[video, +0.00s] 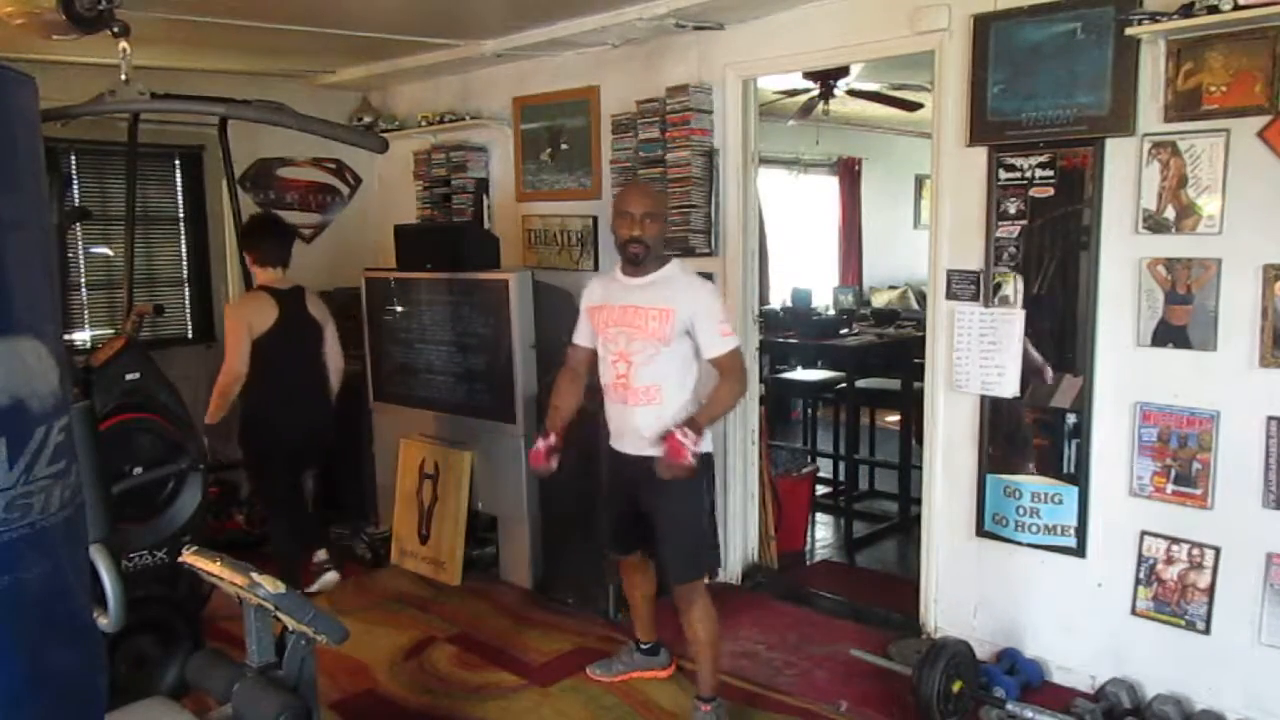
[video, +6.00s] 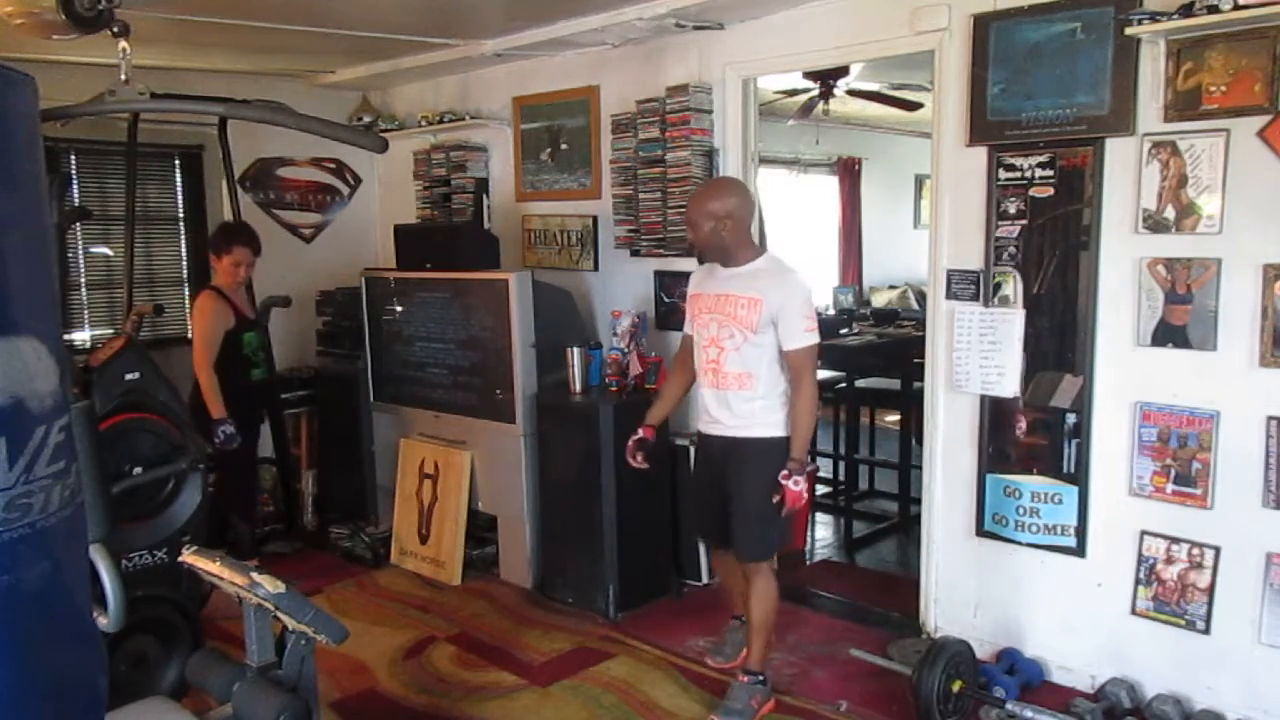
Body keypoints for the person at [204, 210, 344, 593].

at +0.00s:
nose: (246, 260)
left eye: (247, 254)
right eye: (249, 254)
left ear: (250, 257)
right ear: (287, 256)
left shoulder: (243, 308)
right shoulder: (314, 303)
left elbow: (235, 371)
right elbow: (335, 365)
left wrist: (210, 420)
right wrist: (324, 402)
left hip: (266, 418)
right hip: (312, 414)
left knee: (275, 496)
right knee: (294, 487)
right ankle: (319, 557)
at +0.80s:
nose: (241, 261)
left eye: (238, 254)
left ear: (236, 258)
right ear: (274, 257)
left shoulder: (219, 311)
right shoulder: (297, 308)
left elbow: (210, 372)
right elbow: (315, 366)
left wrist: (220, 405)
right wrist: (301, 399)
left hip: (240, 418)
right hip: (287, 415)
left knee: (240, 489)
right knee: (287, 491)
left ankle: (245, 556)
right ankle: (285, 564)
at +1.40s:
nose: (244, 260)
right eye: (242, 255)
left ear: (201, 259)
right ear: (239, 259)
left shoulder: (189, 307)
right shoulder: (247, 303)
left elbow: (179, 360)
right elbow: (262, 361)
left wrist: (202, 375)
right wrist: (284, 403)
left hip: (208, 405)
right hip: (249, 405)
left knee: (218, 479)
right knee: (268, 478)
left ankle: (210, 552)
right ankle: (277, 558)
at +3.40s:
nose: (237, 264)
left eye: (239, 257)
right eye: (230, 255)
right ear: (206, 259)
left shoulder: (207, 298)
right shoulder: (212, 304)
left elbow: (213, 358)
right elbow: (211, 360)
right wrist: (234, 409)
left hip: (209, 402)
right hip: (217, 406)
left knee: (224, 478)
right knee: (236, 478)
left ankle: (224, 546)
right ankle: (245, 550)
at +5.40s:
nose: (242, 268)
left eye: (245, 260)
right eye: (234, 259)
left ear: (248, 260)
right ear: (212, 259)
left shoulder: (224, 295)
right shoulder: (212, 302)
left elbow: (228, 354)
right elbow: (216, 359)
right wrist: (246, 407)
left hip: (219, 401)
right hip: (218, 405)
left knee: (233, 478)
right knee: (236, 479)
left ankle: (235, 549)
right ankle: (241, 552)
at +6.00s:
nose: (244, 273)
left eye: (249, 265)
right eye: (236, 265)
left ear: (255, 262)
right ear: (215, 262)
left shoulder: (243, 292)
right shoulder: (210, 303)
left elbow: (246, 350)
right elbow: (202, 365)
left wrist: (262, 391)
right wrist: (221, 418)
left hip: (247, 402)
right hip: (225, 407)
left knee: (244, 480)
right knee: (232, 484)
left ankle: (243, 548)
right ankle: (230, 552)